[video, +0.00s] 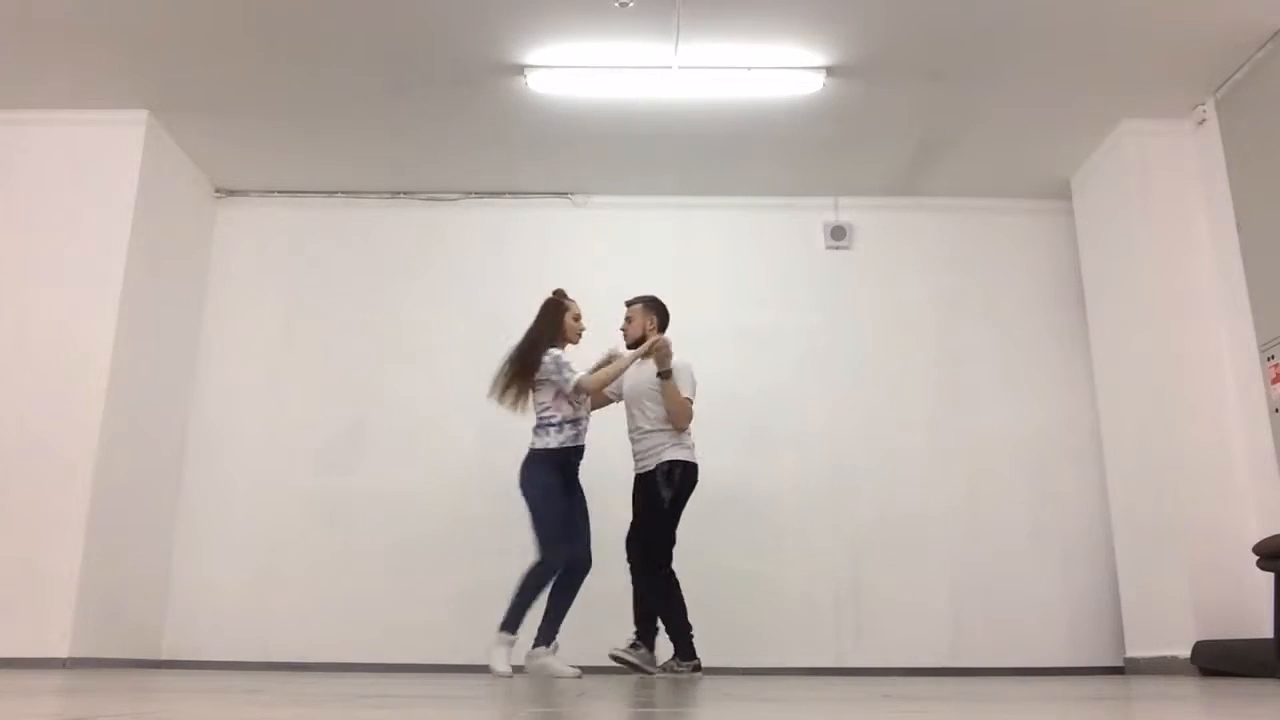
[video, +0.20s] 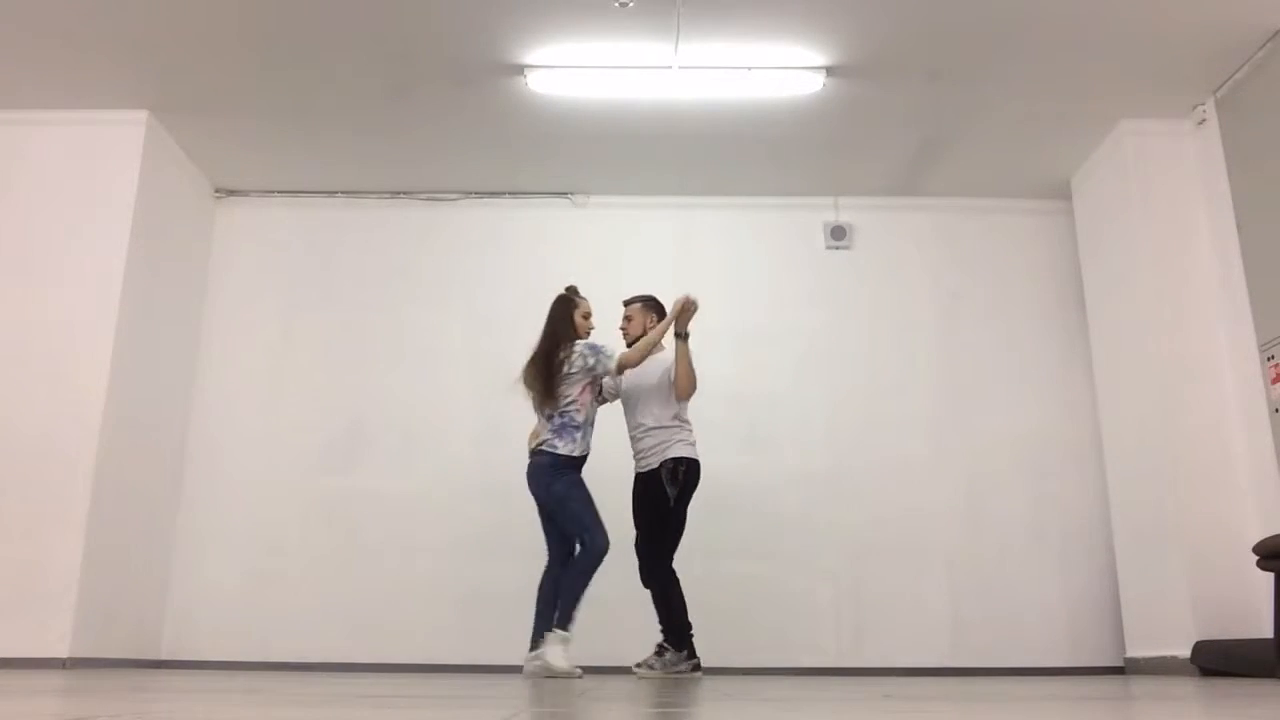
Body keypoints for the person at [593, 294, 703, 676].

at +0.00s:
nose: (622, 327)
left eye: (629, 320)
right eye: (624, 321)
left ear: (652, 323)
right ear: (644, 325)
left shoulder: (677, 367)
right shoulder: (629, 372)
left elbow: (681, 420)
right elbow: (587, 402)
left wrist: (664, 370)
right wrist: (600, 367)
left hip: (675, 465)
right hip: (646, 471)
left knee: (640, 547)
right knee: (654, 560)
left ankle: (644, 644)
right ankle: (686, 655)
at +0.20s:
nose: (622, 326)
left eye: (629, 319)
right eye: (622, 320)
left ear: (653, 321)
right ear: (632, 325)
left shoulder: (671, 359)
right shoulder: (623, 372)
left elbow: (685, 392)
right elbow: (588, 396)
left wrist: (682, 337)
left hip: (677, 462)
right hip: (645, 469)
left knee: (657, 561)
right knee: (650, 567)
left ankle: (681, 649)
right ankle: (676, 647)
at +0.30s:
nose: (624, 324)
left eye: (632, 316)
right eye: (623, 318)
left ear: (657, 320)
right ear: (627, 326)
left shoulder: (672, 357)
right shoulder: (621, 373)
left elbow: (687, 368)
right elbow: (584, 400)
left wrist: (679, 312)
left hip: (678, 461)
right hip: (646, 470)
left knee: (662, 564)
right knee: (652, 568)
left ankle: (684, 652)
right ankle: (681, 651)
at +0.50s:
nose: (630, 317)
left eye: (637, 309)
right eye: (627, 313)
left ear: (657, 313)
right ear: (628, 321)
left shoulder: (677, 351)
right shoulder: (635, 376)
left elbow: (673, 318)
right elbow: (613, 431)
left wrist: (647, 264)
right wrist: (562, 424)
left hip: (684, 464)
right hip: (652, 469)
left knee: (668, 561)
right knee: (631, 560)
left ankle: (688, 656)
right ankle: (672, 640)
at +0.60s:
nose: (632, 316)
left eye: (639, 309)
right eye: (632, 310)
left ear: (661, 314)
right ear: (641, 318)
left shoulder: (677, 348)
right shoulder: (645, 373)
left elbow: (656, 303)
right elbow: (636, 435)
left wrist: (621, 253)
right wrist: (585, 434)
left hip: (687, 463)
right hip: (656, 468)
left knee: (669, 560)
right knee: (614, 543)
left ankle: (688, 656)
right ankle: (657, 627)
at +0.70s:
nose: (635, 315)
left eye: (643, 308)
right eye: (634, 309)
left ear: (666, 311)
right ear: (644, 318)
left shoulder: (678, 344)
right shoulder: (655, 370)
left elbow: (643, 298)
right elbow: (651, 436)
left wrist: (602, 251)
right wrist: (597, 442)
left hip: (688, 462)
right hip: (662, 467)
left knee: (668, 561)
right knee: (608, 529)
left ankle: (689, 656)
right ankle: (649, 615)